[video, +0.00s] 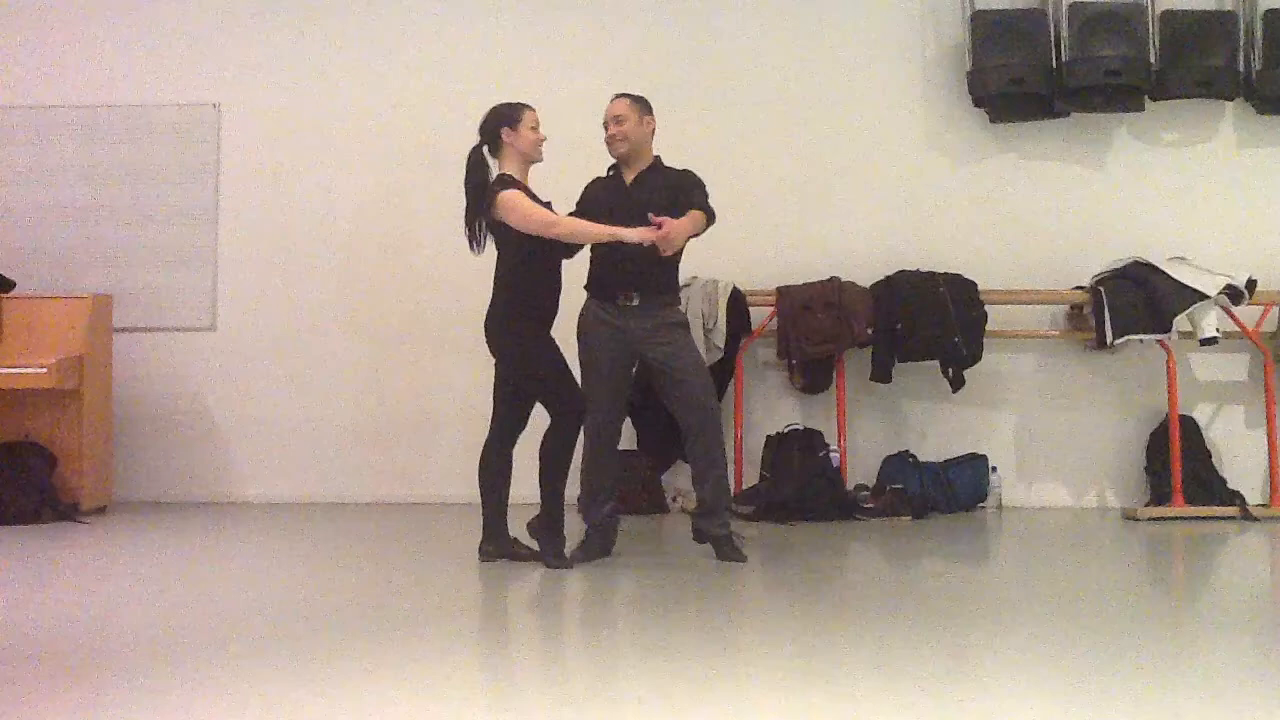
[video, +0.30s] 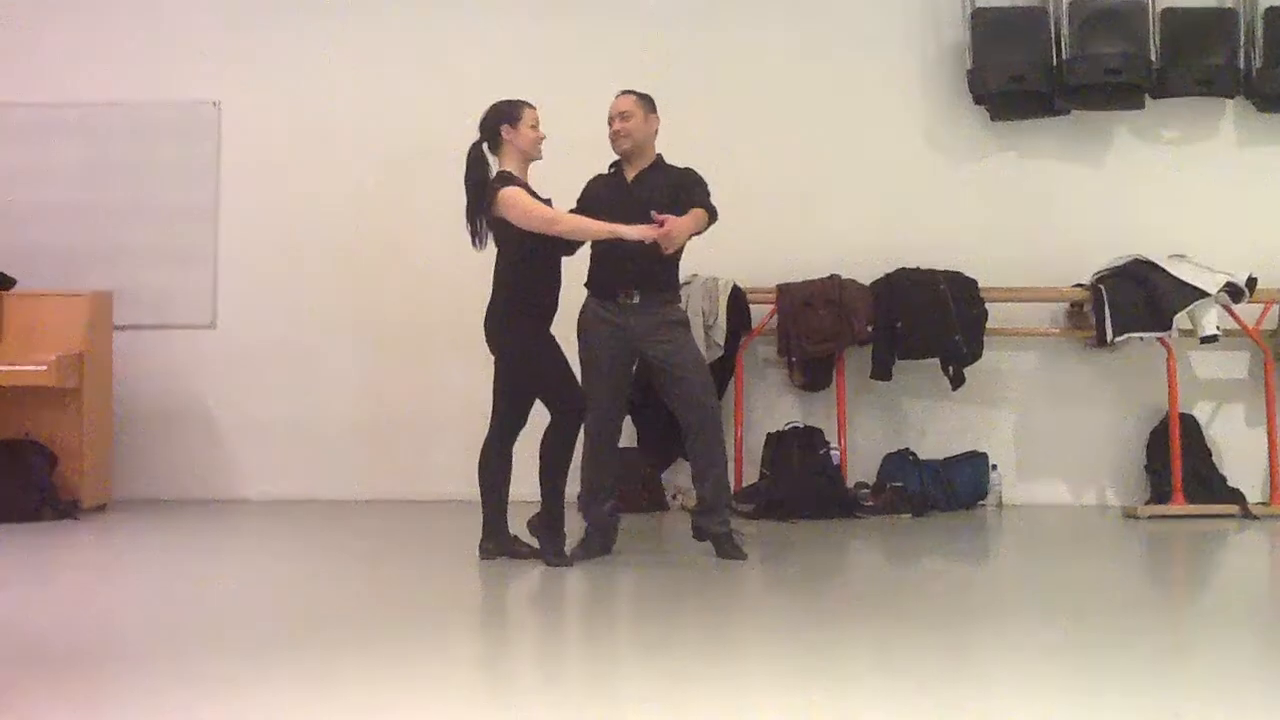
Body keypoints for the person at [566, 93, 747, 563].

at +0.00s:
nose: (610, 130)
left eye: (619, 121)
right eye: (606, 124)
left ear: (649, 126)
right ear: (605, 134)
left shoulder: (681, 181)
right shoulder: (597, 191)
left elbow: (702, 213)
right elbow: (568, 244)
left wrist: (683, 227)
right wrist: (528, 229)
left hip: (662, 320)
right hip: (604, 320)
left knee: (703, 411)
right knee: (601, 420)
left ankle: (714, 523)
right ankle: (599, 529)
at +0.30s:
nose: (615, 126)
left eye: (625, 117)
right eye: (611, 120)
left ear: (654, 123)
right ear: (610, 131)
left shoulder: (681, 180)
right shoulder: (598, 189)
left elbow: (705, 210)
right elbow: (569, 241)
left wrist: (685, 225)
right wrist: (527, 225)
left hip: (662, 317)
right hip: (603, 318)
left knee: (702, 408)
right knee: (601, 418)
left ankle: (714, 520)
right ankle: (598, 528)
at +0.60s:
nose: (615, 129)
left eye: (626, 121)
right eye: (612, 123)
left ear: (655, 128)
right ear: (611, 133)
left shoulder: (683, 183)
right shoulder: (598, 191)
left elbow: (703, 215)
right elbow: (568, 243)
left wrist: (682, 230)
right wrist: (524, 229)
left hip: (662, 320)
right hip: (603, 319)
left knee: (702, 412)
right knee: (601, 421)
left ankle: (714, 523)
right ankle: (598, 531)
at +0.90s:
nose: (615, 129)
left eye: (625, 120)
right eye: (611, 123)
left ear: (654, 126)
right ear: (610, 133)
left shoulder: (682, 182)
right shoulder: (598, 190)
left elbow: (703, 214)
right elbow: (569, 243)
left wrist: (681, 229)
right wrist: (528, 226)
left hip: (662, 319)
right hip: (603, 320)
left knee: (703, 412)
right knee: (601, 421)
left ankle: (715, 523)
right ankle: (598, 531)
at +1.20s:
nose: (620, 123)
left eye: (630, 115)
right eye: (614, 117)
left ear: (655, 122)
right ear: (610, 128)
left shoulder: (683, 177)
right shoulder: (598, 185)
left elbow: (701, 211)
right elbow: (569, 238)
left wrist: (678, 227)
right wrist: (525, 227)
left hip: (663, 315)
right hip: (604, 315)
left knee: (702, 408)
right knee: (602, 419)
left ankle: (716, 521)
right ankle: (599, 526)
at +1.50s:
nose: (619, 124)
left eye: (629, 116)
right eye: (611, 118)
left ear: (651, 124)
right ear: (604, 129)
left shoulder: (680, 178)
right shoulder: (593, 186)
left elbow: (698, 215)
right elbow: (566, 236)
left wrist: (674, 232)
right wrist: (522, 230)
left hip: (662, 318)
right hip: (604, 317)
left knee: (701, 412)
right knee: (600, 421)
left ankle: (714, 523)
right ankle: (598, 528)